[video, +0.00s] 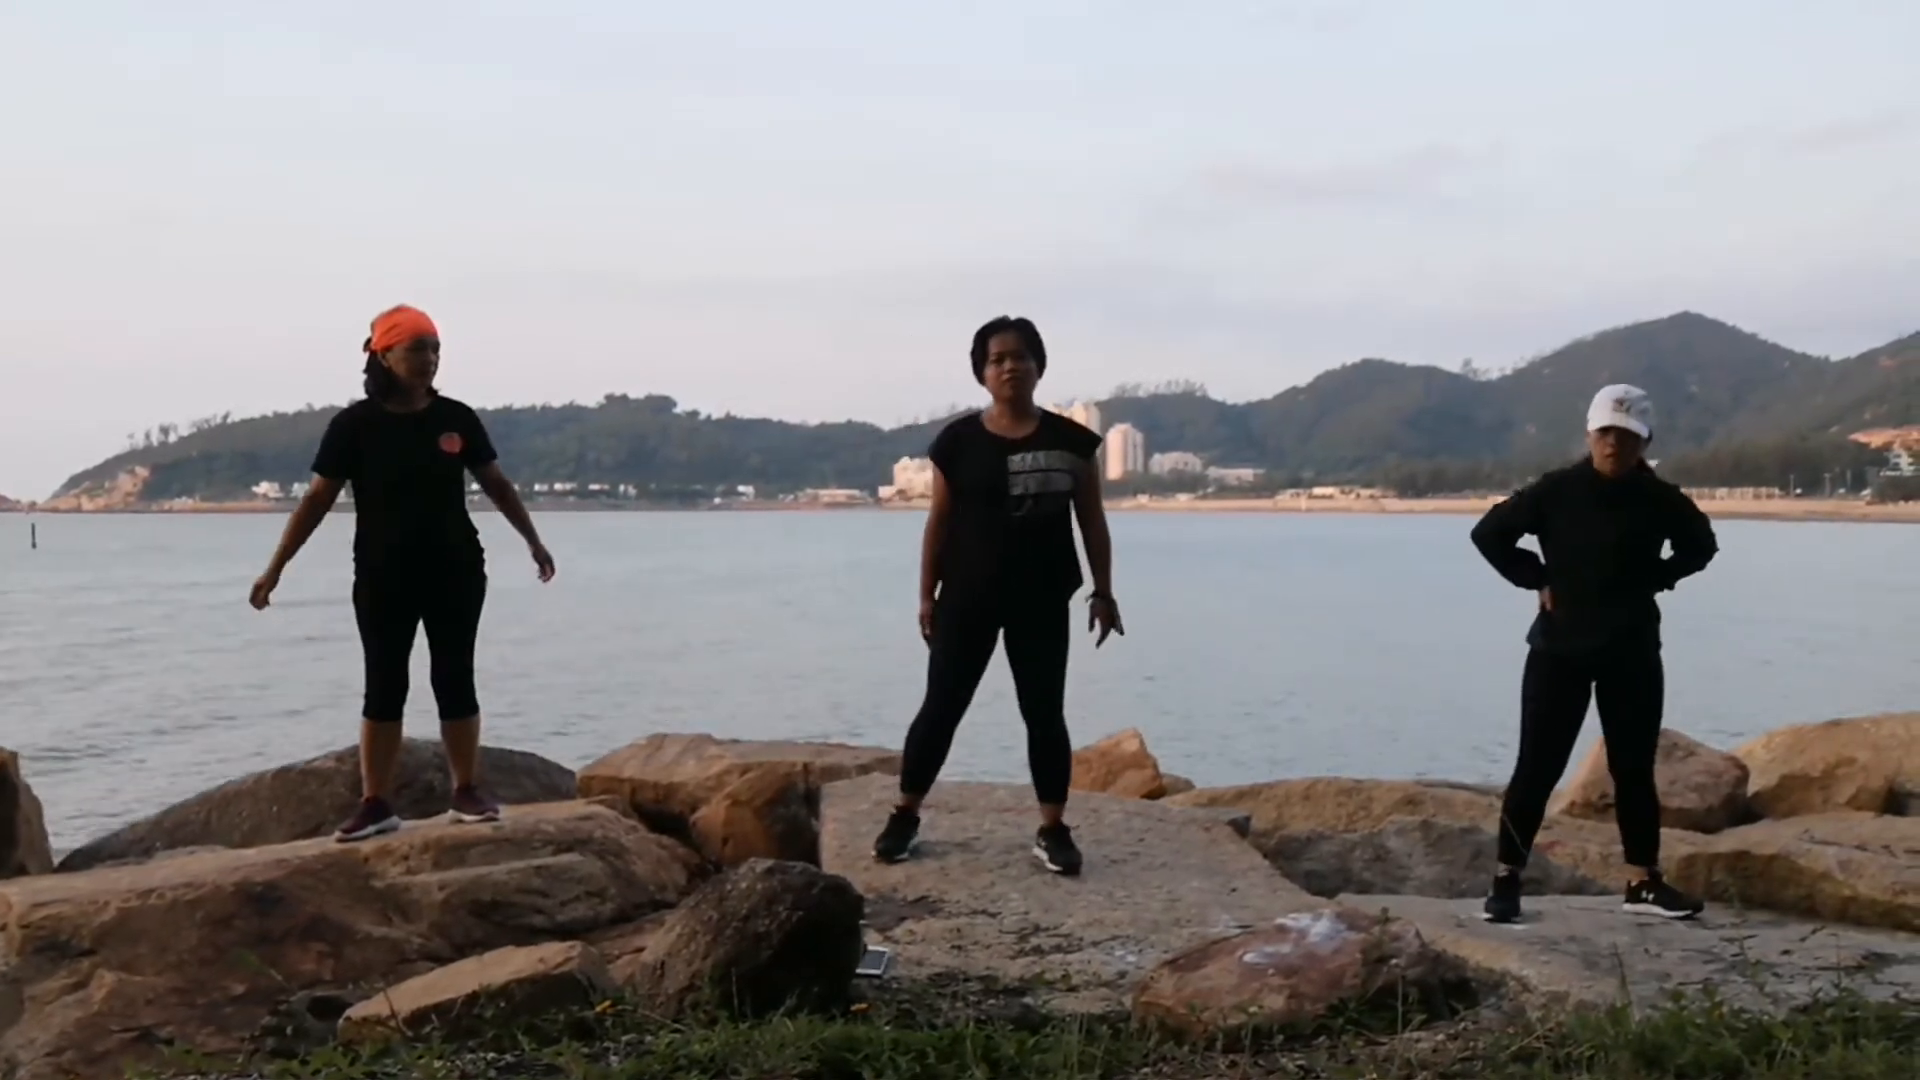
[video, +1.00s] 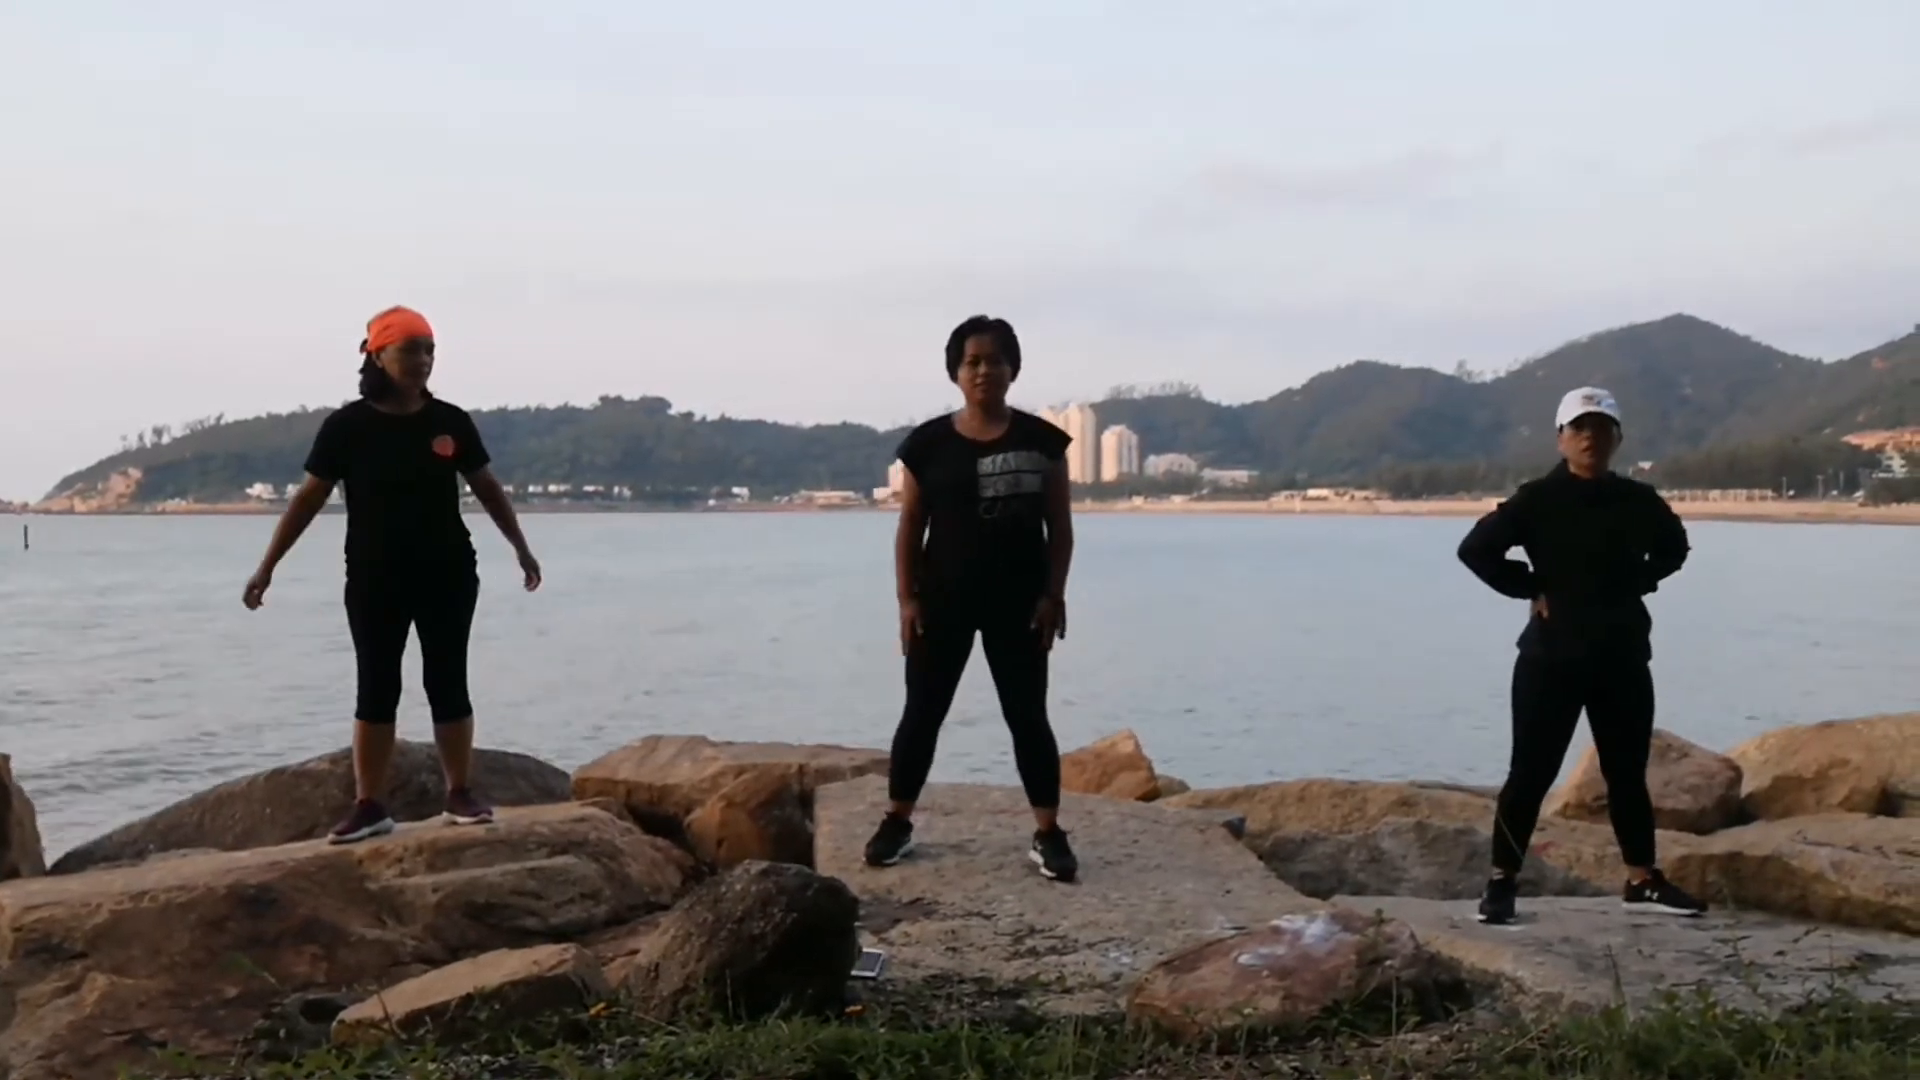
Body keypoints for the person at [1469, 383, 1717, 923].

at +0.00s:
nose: (1613, 443)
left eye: (1625, 434)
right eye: (1605, 431)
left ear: (1644, 441)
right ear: (1589, 434)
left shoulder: (1659, 497)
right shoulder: (1556, 492)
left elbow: (1701, 546)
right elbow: (1488, 535)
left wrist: (1653, 578)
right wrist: (1539, 578)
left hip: (1631, 651)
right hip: (1560, 648)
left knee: (1635, 770)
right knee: (1537, 766)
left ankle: (1644, 882)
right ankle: (1506, 883)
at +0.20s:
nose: (1585, 439)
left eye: (1596, 430)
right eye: (1575, 428)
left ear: (1613, 438)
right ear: (1559, 433)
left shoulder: (1630, 496)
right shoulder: (1530, 493)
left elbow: (1665, 541)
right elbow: (1464, 542)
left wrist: (1626, 578)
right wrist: (1519, 584)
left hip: (1611, 652)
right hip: (1542, 652)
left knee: (1624, 768)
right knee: (1527, 769)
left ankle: (1641, 880)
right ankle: (1506, 883)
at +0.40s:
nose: (1570, 437)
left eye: (1580, 428)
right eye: (1558, 427)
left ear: (1593, 436)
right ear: (1539, 435)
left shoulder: (1612, 494)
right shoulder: (1515, 496)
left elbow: (1643, 537)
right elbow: (1451, 549)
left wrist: (1603, 577)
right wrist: (1510, 586)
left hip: (1599, 648)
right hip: (1531, 650)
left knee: (1629, 759)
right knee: (1519, 768)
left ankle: (1642, 875)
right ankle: (1503, 884)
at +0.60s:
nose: (1569, 439)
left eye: (1579, 429)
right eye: (1557, 429)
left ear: (1593, 438)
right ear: (1538, 439)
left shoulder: (1619, 497)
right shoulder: (1520, 503)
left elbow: (1655, 544)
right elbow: (1459, 557)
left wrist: (1618, 582)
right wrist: (1519, 589)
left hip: (1610, 656)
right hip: (1541, 658)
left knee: (1623, 772)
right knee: (1525, 773)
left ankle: (1644, 879)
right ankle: (1503, 884)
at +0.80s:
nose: (1583, 439)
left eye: (1593, 429)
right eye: (1571, 429)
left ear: (1607, 437)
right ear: (1554, 439)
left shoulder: (1633, 496)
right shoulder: (1534, 500)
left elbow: (1671, 545)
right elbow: (1472, 555)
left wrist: (1634, 582)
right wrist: (1530, 588)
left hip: (1623, 656)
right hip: (1554, 657)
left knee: (1630, 772)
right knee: (1532, 772)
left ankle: (1645, 879)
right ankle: (1503, 883)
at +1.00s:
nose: (1591, 439)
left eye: (1601, 429)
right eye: (1580, 429)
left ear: (1615, 438)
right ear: (1561, 438)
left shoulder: (1637, 498)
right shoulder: (1538, 499)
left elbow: (1675, 547)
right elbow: (1475, 550)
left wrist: (1636, 581)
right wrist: (1531, 587)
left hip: (1621, 657)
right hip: (1553, 658)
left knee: (1628, 774)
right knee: (1531, 773)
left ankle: (1643, 879)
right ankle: (1502, 883)